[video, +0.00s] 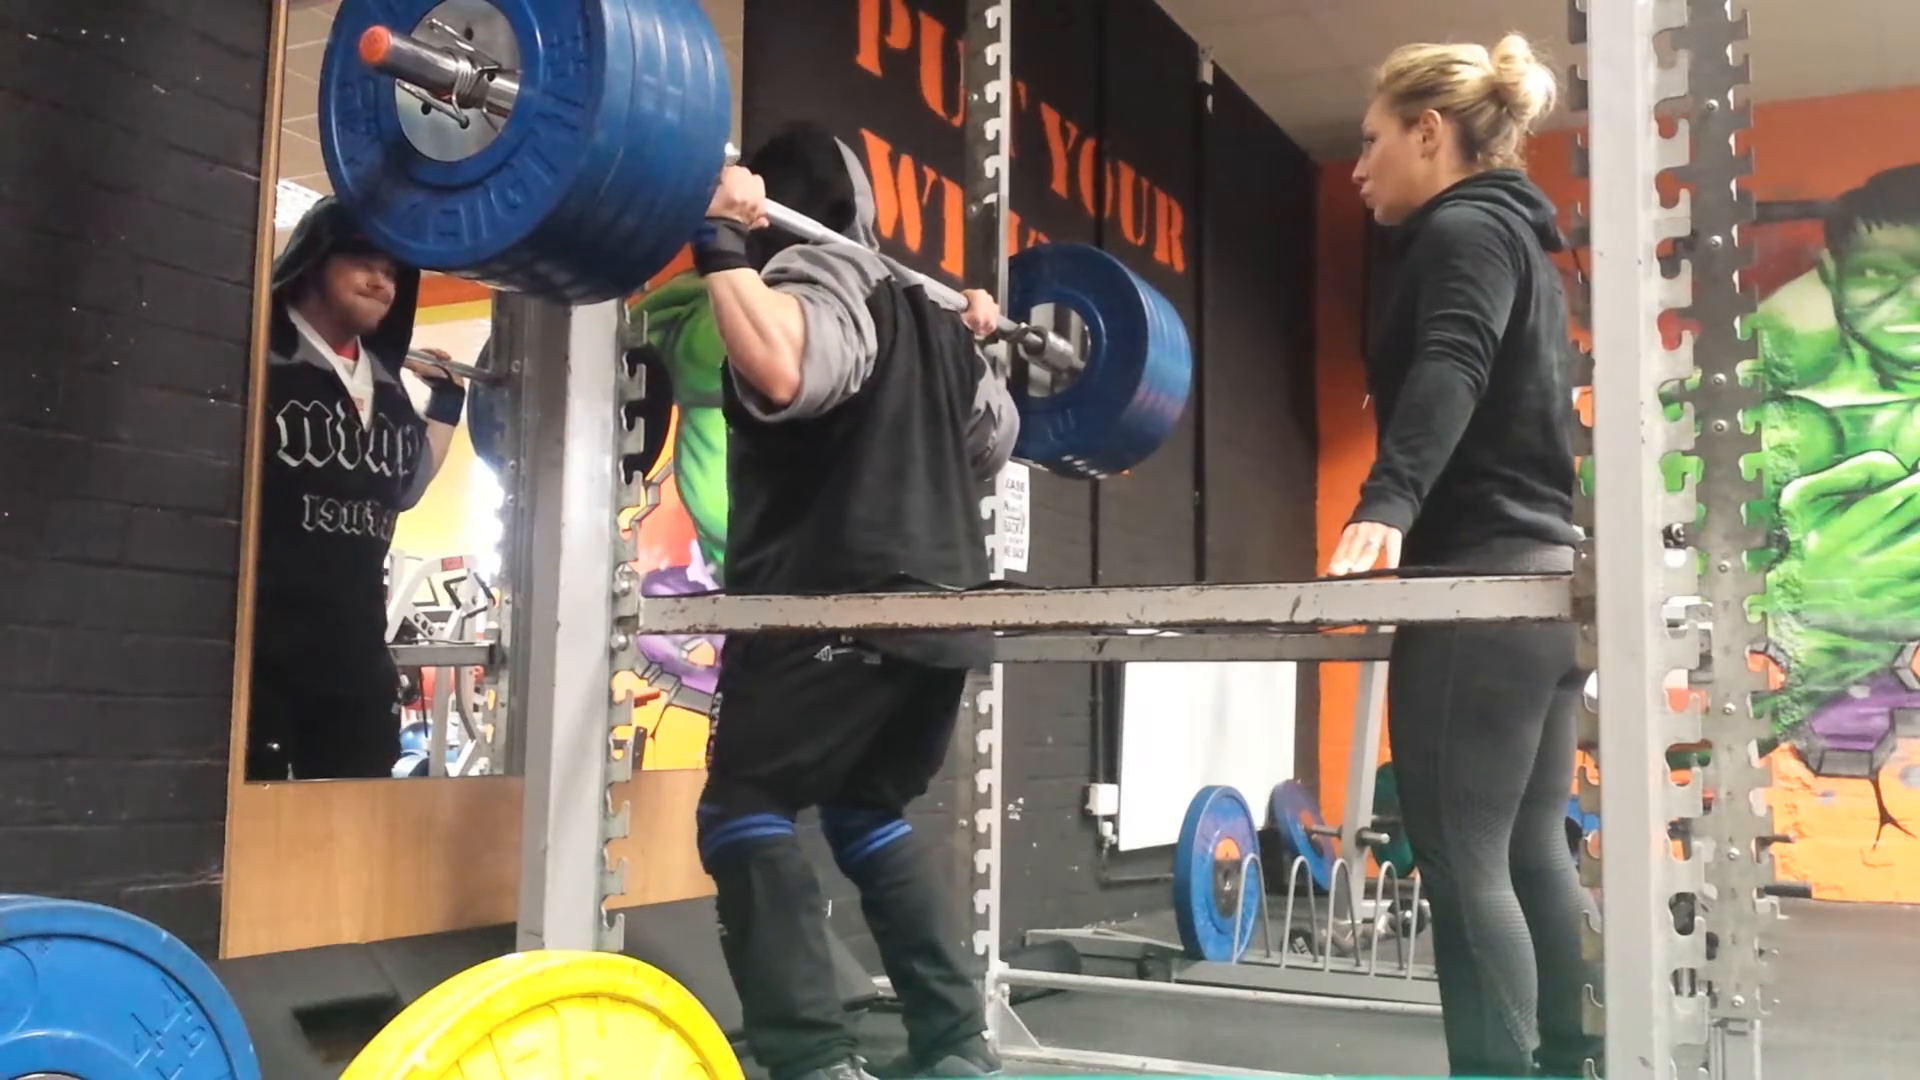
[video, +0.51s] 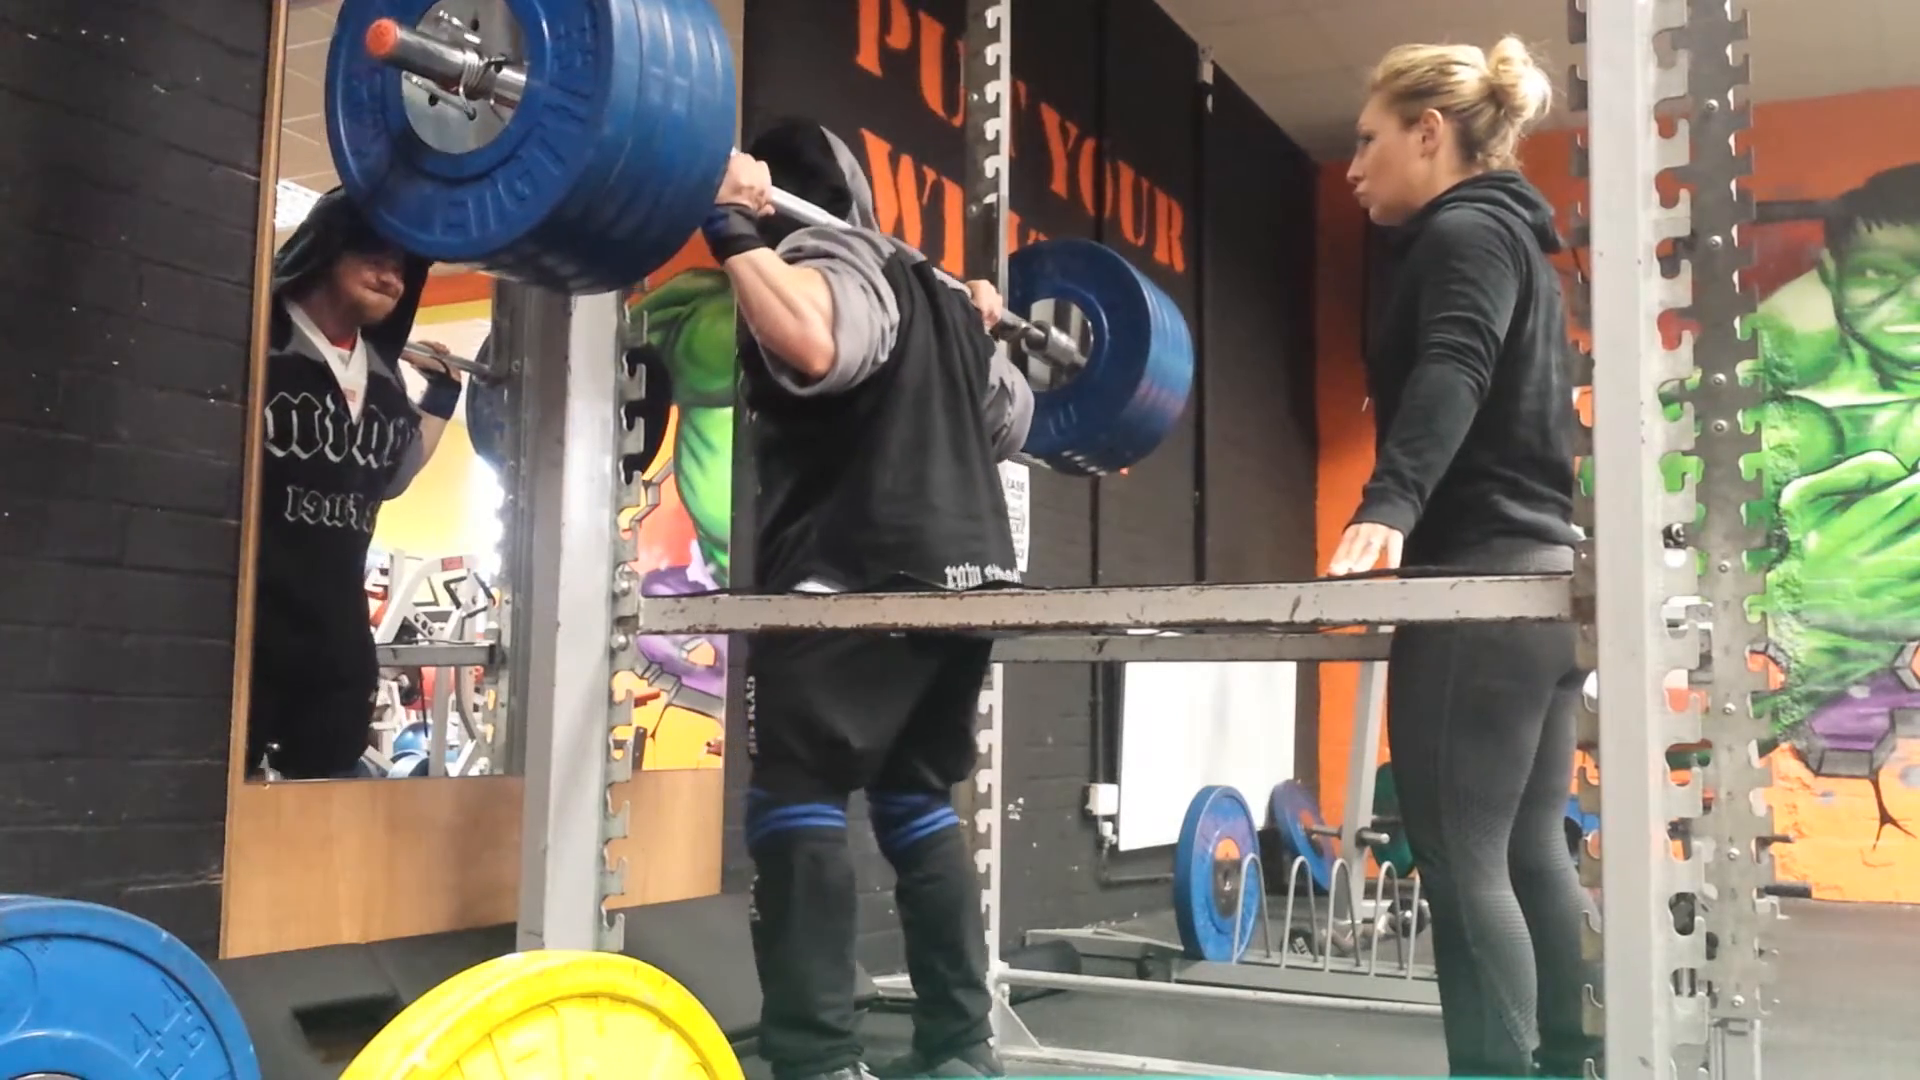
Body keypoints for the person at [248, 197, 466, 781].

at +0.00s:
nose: (379, 282)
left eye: (390, 272)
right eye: (361, 263)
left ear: (400, 292)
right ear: (314, 269)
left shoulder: (392, 389)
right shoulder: (259, 355)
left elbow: (405, 492)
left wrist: (448, 401)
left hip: (354, 639)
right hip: (261, 628)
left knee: (356, 813)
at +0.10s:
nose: (382, 280)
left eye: (393, 271)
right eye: (364, 262)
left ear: (402, 291)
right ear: (317, 266)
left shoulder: (393, 387)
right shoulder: (257, 347)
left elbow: (401, 489)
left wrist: (447, 399)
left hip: (348, 627)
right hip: (254, 617)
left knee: (348, 815)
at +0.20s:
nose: (383, 280)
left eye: (395, 271)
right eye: (366, 261)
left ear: (405, 291)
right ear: (321, 265)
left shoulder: (392, 386)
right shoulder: (257, 346)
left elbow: (397, 488)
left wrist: (445, 401)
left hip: (343, 625)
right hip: (249, 615)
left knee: (344, 815)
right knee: (226, 806)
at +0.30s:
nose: (387, 283)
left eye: (398, 274)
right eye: (370, 263)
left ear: (406, 294)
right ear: (325, 263)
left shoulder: (391, 386)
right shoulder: (257, 344)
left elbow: (393, 487)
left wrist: (444, 402)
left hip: (338, 621)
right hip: (248, 611)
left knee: (336, 808)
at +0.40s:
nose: (388, 282)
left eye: (399, 274)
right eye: (372, 262)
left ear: (407, 292)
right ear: (326, 262)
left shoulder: (388, 381)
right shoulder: (258, 341)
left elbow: (392, 483)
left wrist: (443, 399)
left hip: (335, 613)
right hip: (248, 601)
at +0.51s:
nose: (388, 278)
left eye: (400, 269)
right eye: (372, 258)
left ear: (408, 288)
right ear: (327, 257)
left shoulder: (388, 379)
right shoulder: (256, 336)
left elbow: (392, 480)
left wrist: (443, 395)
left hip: (334, 620)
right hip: (247, 606)